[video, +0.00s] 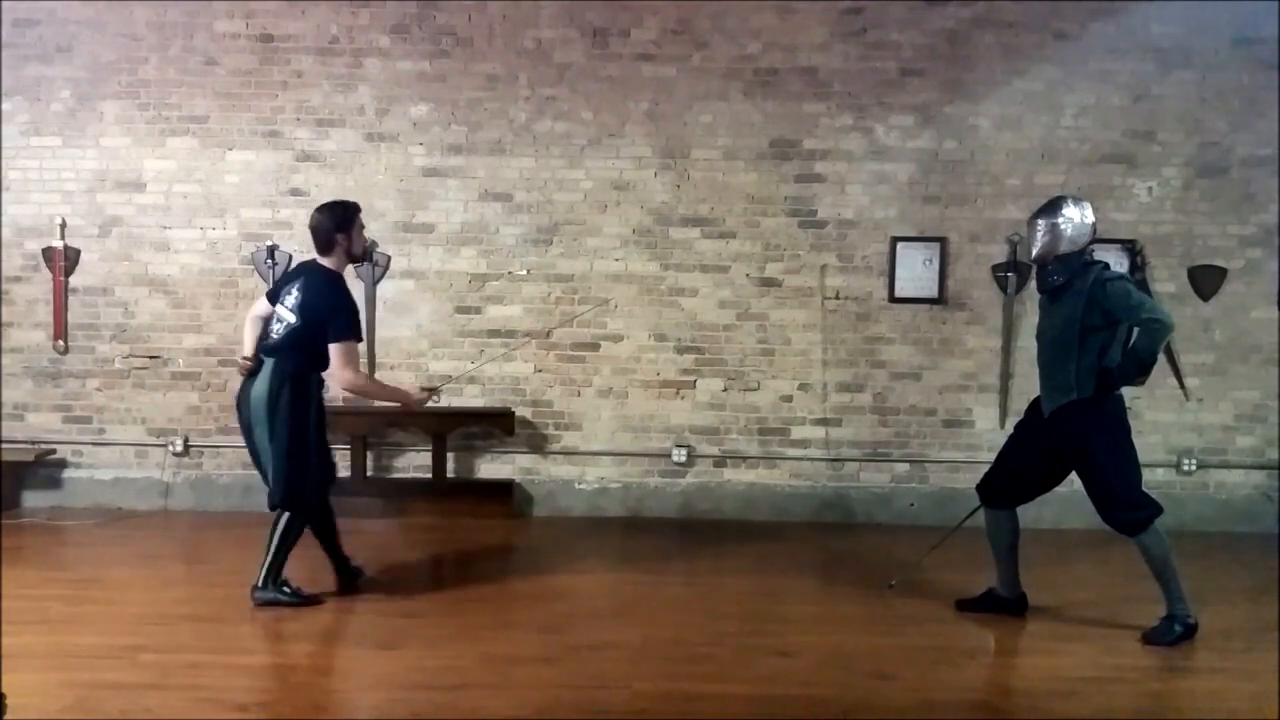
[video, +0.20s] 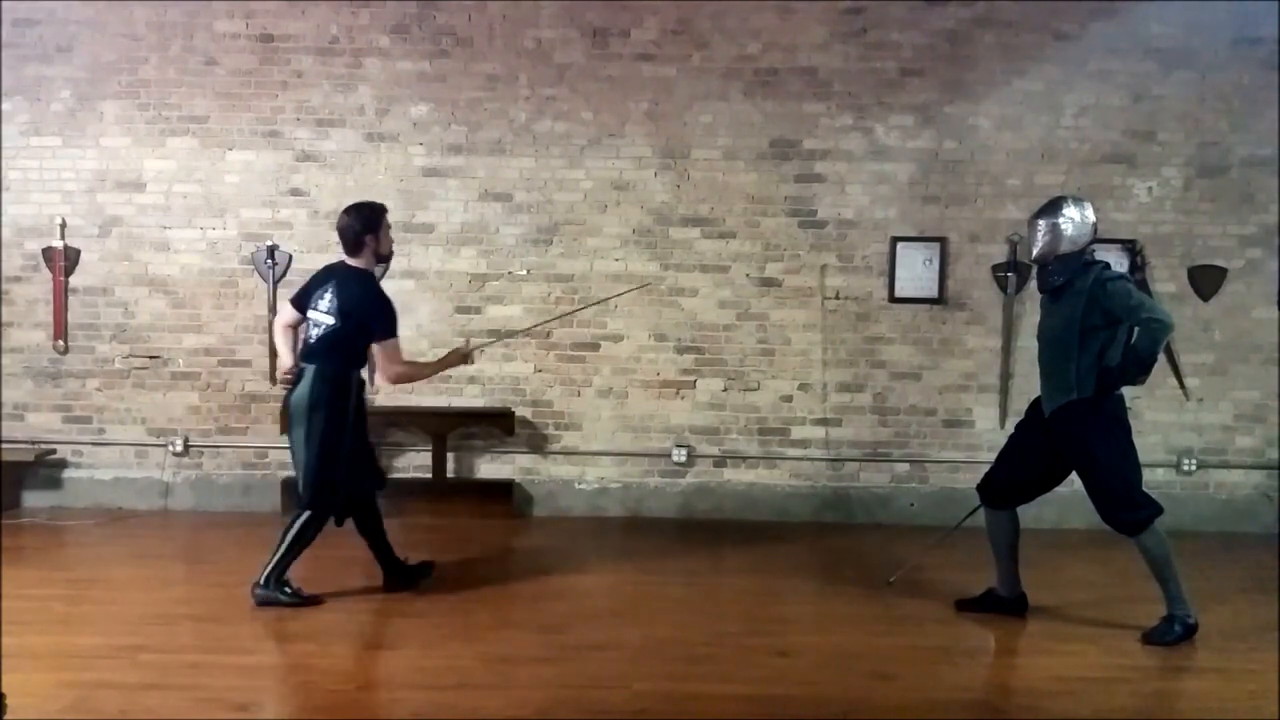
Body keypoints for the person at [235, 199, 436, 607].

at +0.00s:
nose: (365, 237)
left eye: (362, 229)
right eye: (360, 231)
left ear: (322, 239)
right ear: (342, 238)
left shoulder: (297, 275)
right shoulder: (337, 295)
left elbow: (256, 313)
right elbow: (347, 377)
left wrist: (248, 355)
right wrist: (403, 395)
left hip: (260, 389)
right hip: (287, 394)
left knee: (312, 483)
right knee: (302, 488)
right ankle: (268, 581)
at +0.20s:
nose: (391, 238)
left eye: (388, 230)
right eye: (386, 232)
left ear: (349, 240)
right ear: (369, 240)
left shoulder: (326, 276)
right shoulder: (373, 297)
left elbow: (284, 321)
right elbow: (392, 372)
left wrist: (286, 359)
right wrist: (444, 363)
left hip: (313, 395)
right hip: (330, 401)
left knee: (359, 488)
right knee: (324, 497)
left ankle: (392, 569)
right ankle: (270, 580)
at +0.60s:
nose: (455, 225)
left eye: (451, 219)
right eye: (450, 220)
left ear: (413, 229)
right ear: (435, 228)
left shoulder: (386, 264)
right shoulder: (445, 275)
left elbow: (346, 308)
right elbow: (518, 282)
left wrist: (352, 350)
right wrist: (575, 273)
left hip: (366, 383)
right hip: (400, 379)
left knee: (382, 478)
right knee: (480, 399)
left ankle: (398, 569)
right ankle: (421, 453)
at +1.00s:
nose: (521, 231)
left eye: (518, 224)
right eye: (517, 225)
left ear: (482, 233)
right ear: (502, 232)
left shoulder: (455, 270)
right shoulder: (514, 282)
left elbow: (411, 311)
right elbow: (580, 276)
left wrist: (426, 354)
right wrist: (602, 237)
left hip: (439, 390)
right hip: (479, 387)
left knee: (415, 476)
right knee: (554, 415)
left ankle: (401, 568)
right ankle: (504, 485)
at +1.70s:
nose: (678, 318)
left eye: (677, 311)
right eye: (675, 311)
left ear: (639, 315)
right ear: (660, 315)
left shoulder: (607, 346)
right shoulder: (658, 360)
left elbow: (553, 364)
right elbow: (703, 420)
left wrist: (552, 400)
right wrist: (750, 440)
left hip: (554, 432)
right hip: (589, 441)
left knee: (497, 500)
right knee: (658, 490)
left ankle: (420, 557)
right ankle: (647, 575)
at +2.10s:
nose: (540, 249)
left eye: (539, 241)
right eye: (535, 242)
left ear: (504, 249)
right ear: (515, 247)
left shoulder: (483, 294)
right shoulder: (525, 290)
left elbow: (447, 346)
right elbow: (581, 328)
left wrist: (465, 378)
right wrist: (640, 349)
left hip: (479, 402)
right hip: (513, 402)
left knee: (469, 488)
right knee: (565, 485)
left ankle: (432, 567)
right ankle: (602, 570)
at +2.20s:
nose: (512, 242)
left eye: (510, 235)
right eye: (507, 236)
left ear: (478, 243)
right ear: (488, 241)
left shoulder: (457, 289)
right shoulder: (498, 285)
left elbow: (422, 340)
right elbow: (557, 322)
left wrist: (434, 368)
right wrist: (614, 343)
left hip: (449, 399)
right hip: (481, 399)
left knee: (461, 485)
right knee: (537, 477)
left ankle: (430, 568)